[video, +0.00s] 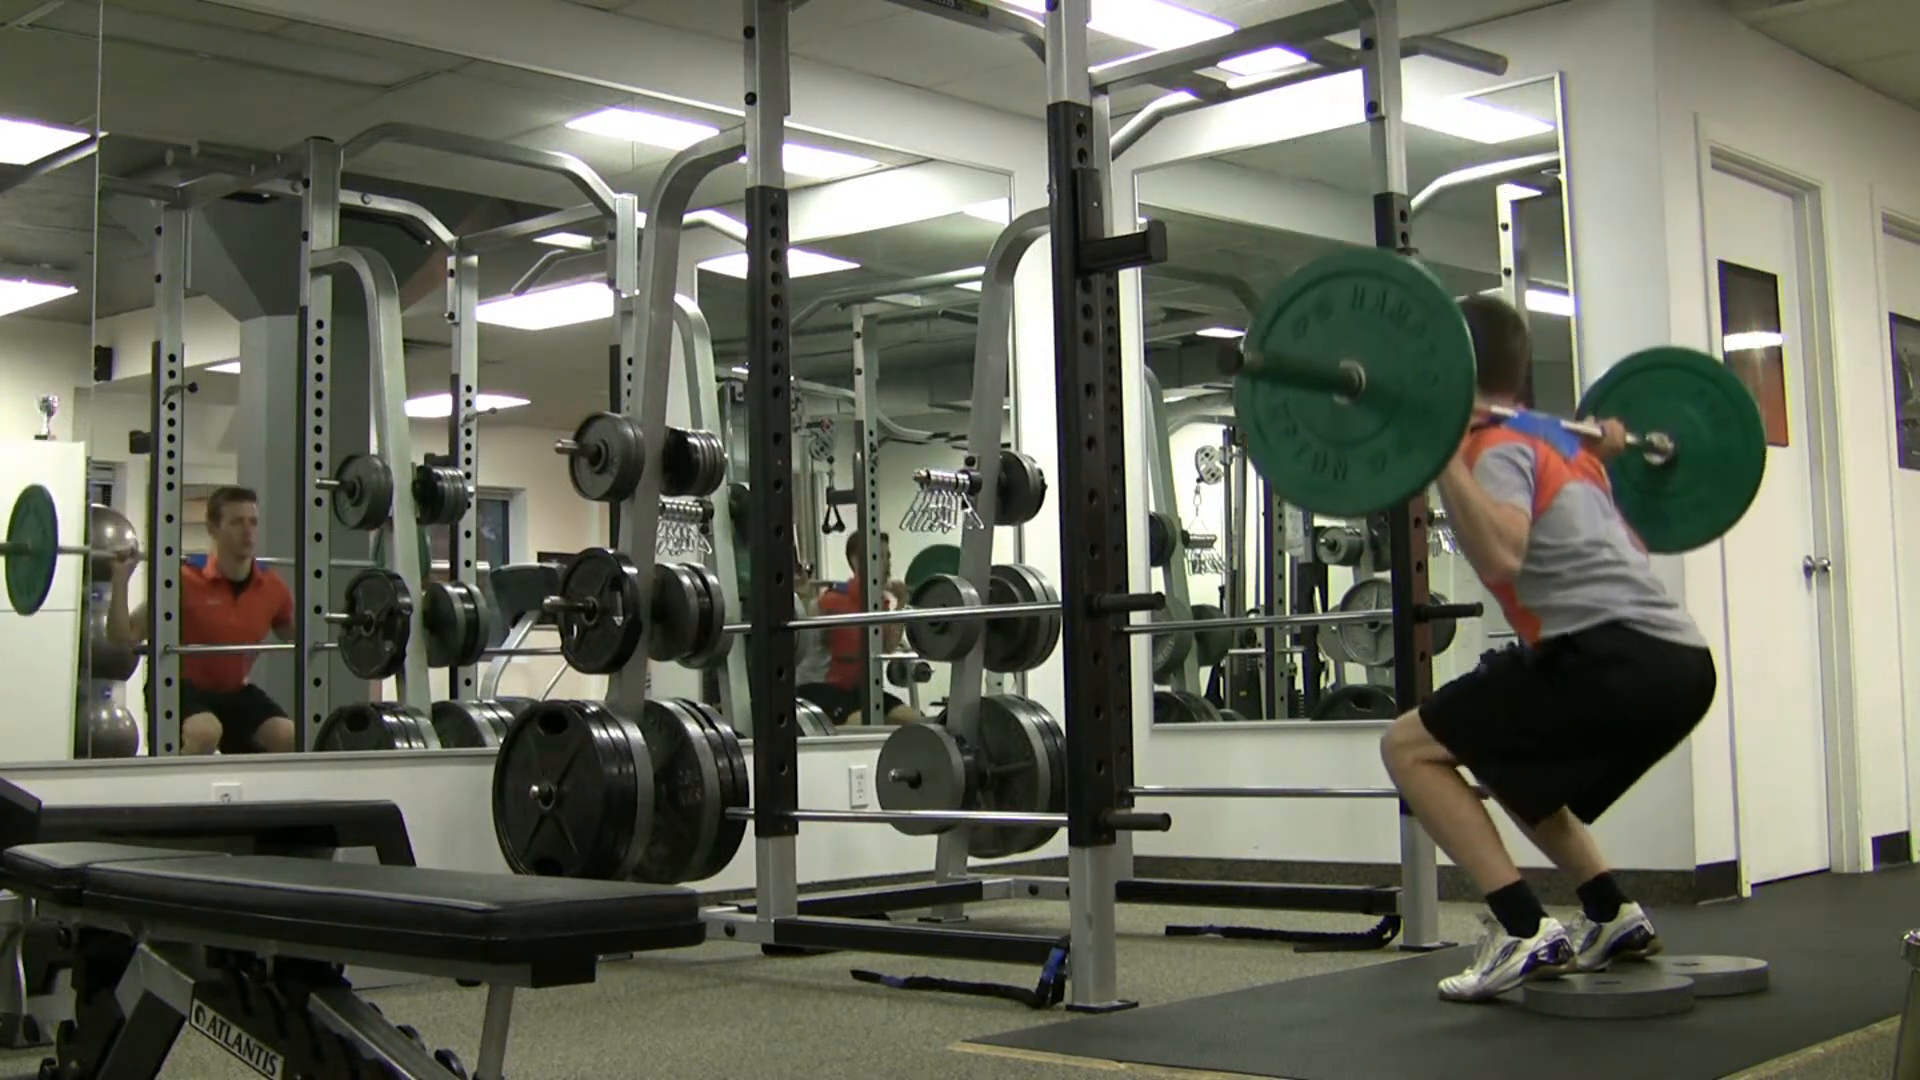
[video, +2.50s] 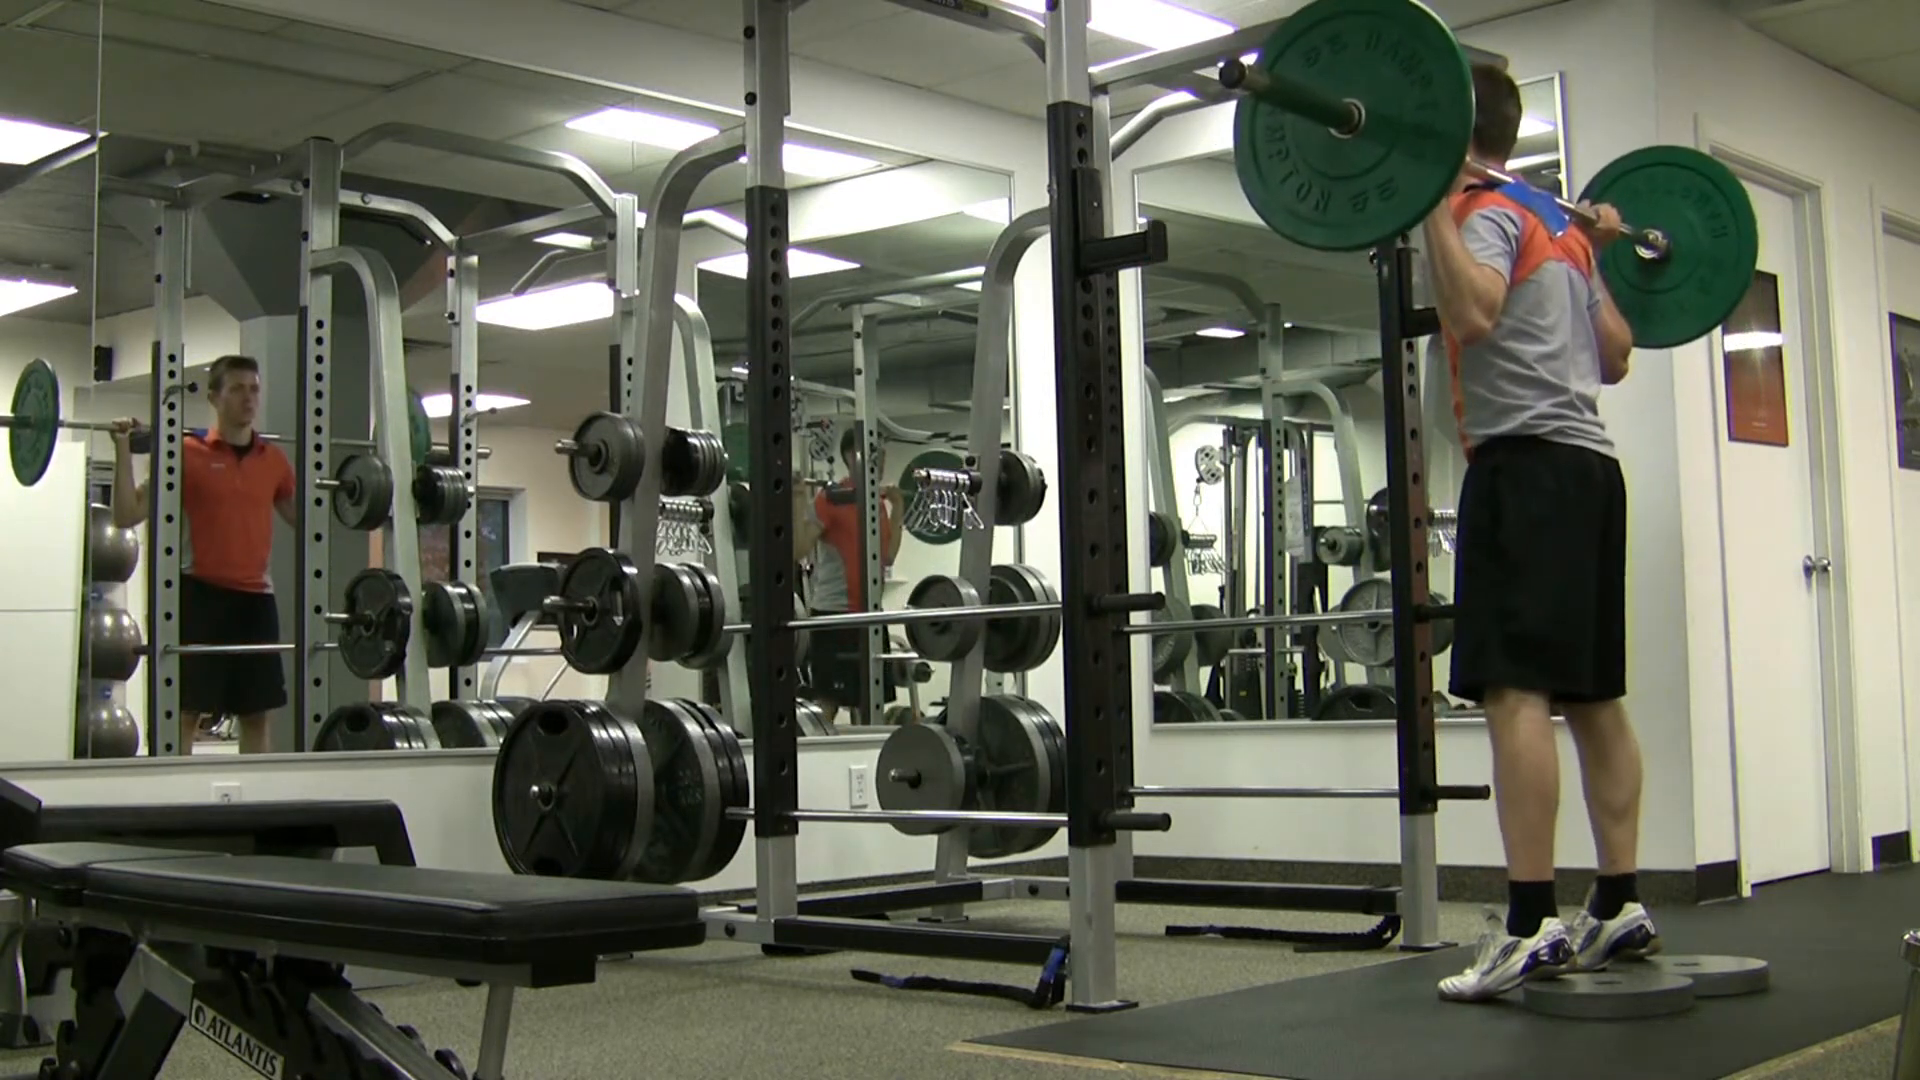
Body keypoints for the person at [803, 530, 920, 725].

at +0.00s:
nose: (884, 564)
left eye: (886, 557)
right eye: (875, 557)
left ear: (890, 559)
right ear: (854, 561)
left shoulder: (880, 601)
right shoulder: (832, 601)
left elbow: (888, 646)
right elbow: (820, 644)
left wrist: (901, 603)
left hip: (868, 689)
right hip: (834, 691)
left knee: (916, 722)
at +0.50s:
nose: (890, 590)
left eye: (891, 584)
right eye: (881, 584)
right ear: (858, 586)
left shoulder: (883, 625)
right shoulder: (833, 624)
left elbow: (890, 674)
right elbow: (804, 674)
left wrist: (908, 627)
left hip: (872, 704)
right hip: (836, 705)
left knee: (914, 719)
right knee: (862, 726)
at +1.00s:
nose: (888, 549)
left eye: (889, 542)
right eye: (881, 542)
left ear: (891, 544)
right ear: (856, 546)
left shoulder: (881, 586)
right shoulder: (831, 587)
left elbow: (888, 636)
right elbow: (821, 633)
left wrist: (904, 592)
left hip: (868, 679)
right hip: (832, 680)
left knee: (912, 719)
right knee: (859, 723)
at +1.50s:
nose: (885, 495)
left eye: (885, 488)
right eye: (879, 488)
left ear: (882, 492)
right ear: (861, 491)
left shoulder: (877, 534)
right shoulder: (832, 531)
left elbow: (887, 585)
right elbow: (800, 580)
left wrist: (900, 538)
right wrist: (800, 533)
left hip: (867, 642)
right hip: (835, 644)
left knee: (903, 718)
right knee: (853, 721)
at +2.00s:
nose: (874, 465)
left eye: (877, 457)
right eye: (865, 457)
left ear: (882, 460)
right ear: (849, 459)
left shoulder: (875, 505)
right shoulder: (830, 502)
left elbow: (888, 557)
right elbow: (799, 554)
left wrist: (898, 512)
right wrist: (798, 503)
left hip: (865, 613)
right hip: (833, 614)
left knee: (868, 704)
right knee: (838, 703)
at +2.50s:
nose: (872, 462)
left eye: (876, 454)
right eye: (863, 454)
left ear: (881, 457)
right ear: (848, 457)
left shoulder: (874, 502)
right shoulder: (831, 498)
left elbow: (888, 555)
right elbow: (798, 551)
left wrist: (897, 508)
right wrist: (798, 501)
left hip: (868, 611)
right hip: (833, 611)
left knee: (869, 702)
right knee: (828, 700)